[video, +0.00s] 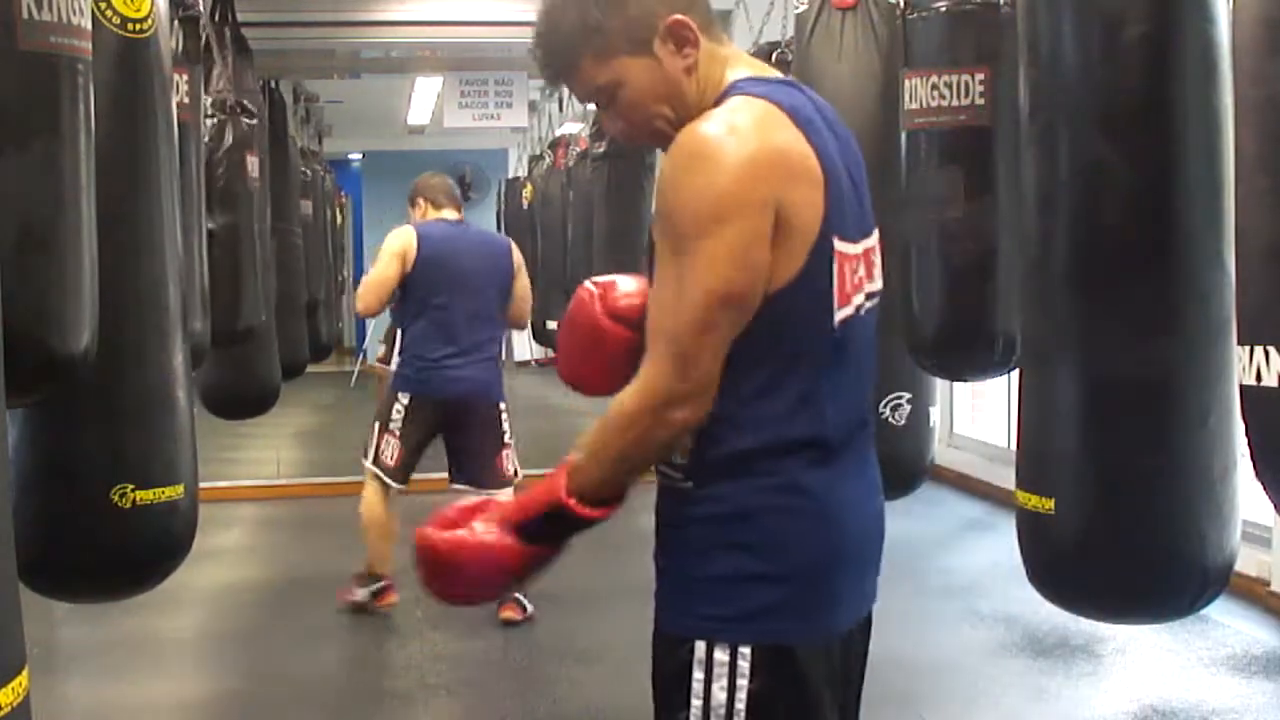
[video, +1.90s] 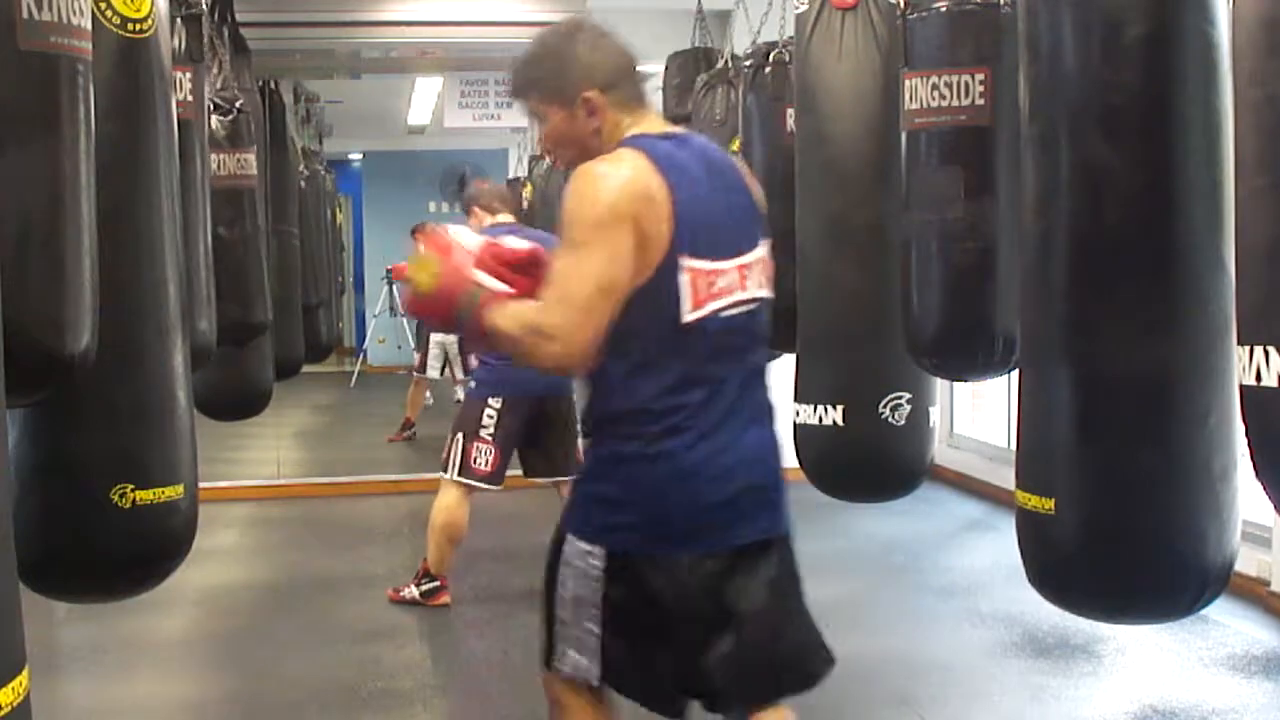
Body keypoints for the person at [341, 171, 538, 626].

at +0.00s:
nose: (411, 216)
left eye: (411, 211)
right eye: (412, 211)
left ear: (422, 206)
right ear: (460, 207)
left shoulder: (406, 239)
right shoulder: (505, 247)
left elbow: (366, 305)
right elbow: (520, 315)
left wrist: (383, 271)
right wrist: (476, 294)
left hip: (418, 390)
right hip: (481, 392)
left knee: (377, 487)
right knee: (499, 494)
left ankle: (378, 581)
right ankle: (510, 593)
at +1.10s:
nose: (417, 228)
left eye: (416, 221)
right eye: (416, 222)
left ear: (429, 212)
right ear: (462, 206)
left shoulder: (423, 250)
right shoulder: (512, 240)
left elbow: (381, 295)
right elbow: (511, 297)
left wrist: (389, 251)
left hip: (457, 380)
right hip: (518, 373)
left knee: (432, 487)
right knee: (541, 477)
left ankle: (415, 581)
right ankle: (562, 564)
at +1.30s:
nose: (431, 228)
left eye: (431, 223)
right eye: (431, 224)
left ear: (440, 217)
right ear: (475, 211)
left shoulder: (433, 251)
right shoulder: (523, 245)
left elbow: (405, 310)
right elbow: (524, 300)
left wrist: (402, 277)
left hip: (471, 380)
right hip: (527, 377)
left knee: (435, 487)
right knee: (551, 475)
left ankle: (415, 582)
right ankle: (588, 565)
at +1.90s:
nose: (469, 224)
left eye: (469, 217)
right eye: (470, 218)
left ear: (480, 214)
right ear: (514, 210)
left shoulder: (472, 246)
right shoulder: (552, 245)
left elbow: (444, 313)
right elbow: (574, 306)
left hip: (497, 383)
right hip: (555, 382)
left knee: (457, 483)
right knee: (572, 480)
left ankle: (432, 578)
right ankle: (607, 564)